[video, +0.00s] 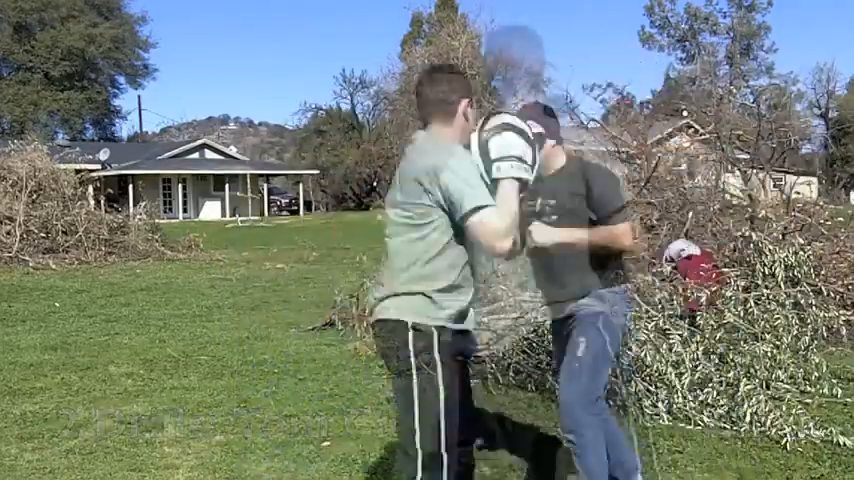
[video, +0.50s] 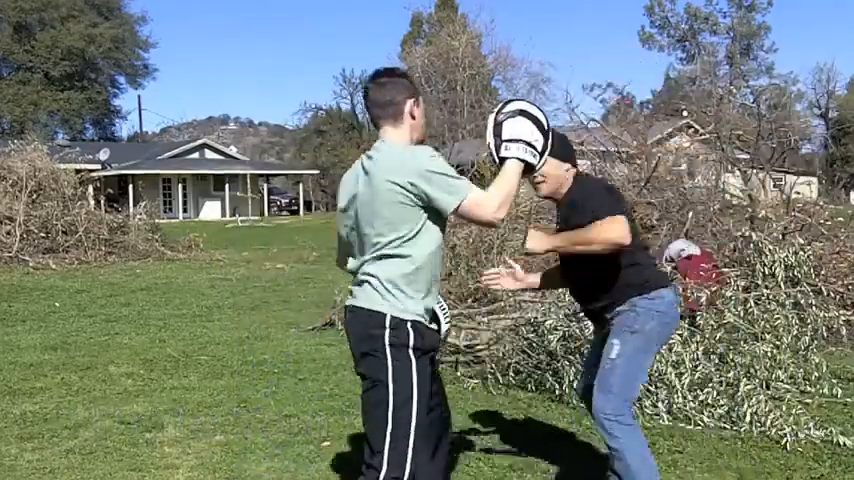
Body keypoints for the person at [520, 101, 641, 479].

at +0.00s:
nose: (527, 140)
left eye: (534, 131)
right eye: (523, 132)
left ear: (552, 132)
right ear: (519, 138)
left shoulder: (591, 174)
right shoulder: (527, 187)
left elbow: (624, 235)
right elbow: (510, 245)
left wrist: (557, 234)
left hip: (600, 302)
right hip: (562, 309)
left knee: (576, 404)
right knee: (586, 404)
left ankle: (597, 474)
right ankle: (629, 472)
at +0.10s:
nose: (531, 153)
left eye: (538, 146)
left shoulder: (576, 190)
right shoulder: (542, 203)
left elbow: (620, 236)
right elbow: (529, 273)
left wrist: (551, 238)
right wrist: (508, 238)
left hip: (621, 299)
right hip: (596, 305)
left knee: (582, 400)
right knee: (596, 401)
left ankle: (595, 473)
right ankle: (629, 472)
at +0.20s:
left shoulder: (566, 221)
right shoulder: (540, 243)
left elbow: (609, 256)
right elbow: (547, 295)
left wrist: (542, 267)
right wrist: (519, 274)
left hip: (637, 307)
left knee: (594, 410)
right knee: (598, 397)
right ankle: (632, 472)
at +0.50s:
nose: (534, 176)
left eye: (541, 167)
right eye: (531, 169)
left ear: (567, 165)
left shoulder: (590, 191)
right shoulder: (567, 210)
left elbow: (618, 234)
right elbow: (579, 272)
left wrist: (550, 241)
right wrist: (531, 280)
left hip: (644, 305)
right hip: (617, 311)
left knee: (611, 403)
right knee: (594, 395)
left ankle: (642, 473)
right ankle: (626, 465)